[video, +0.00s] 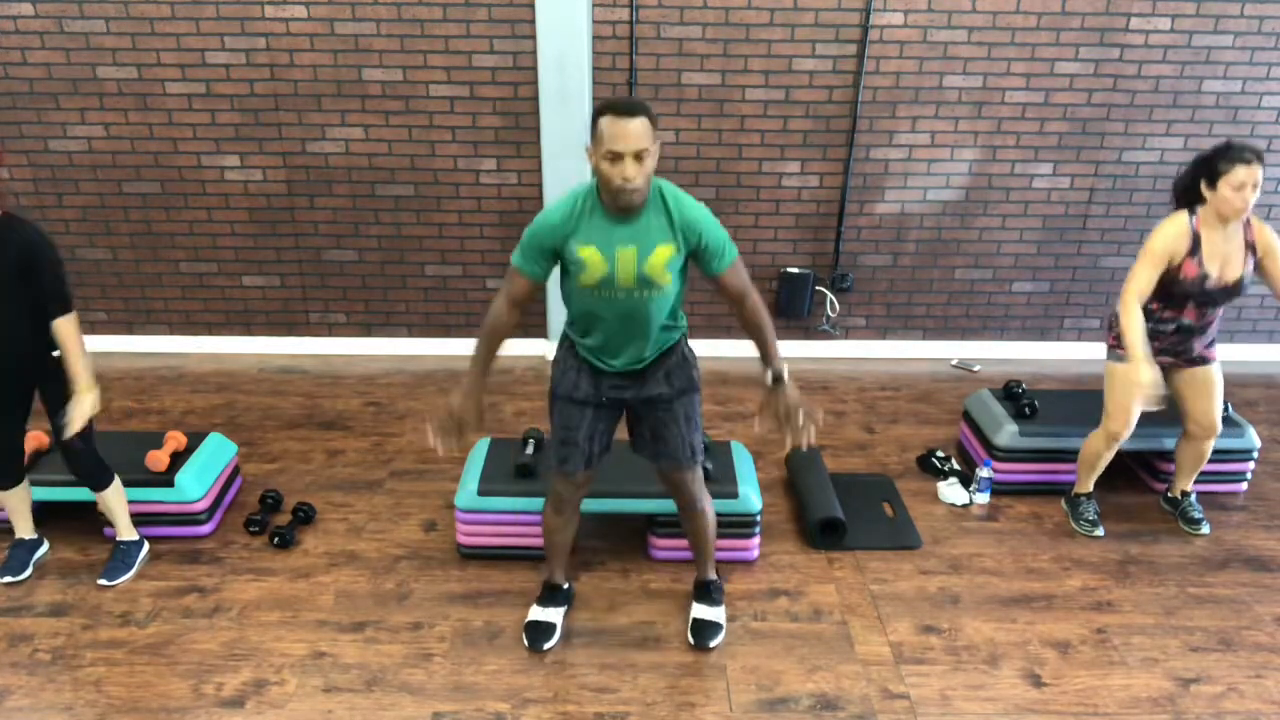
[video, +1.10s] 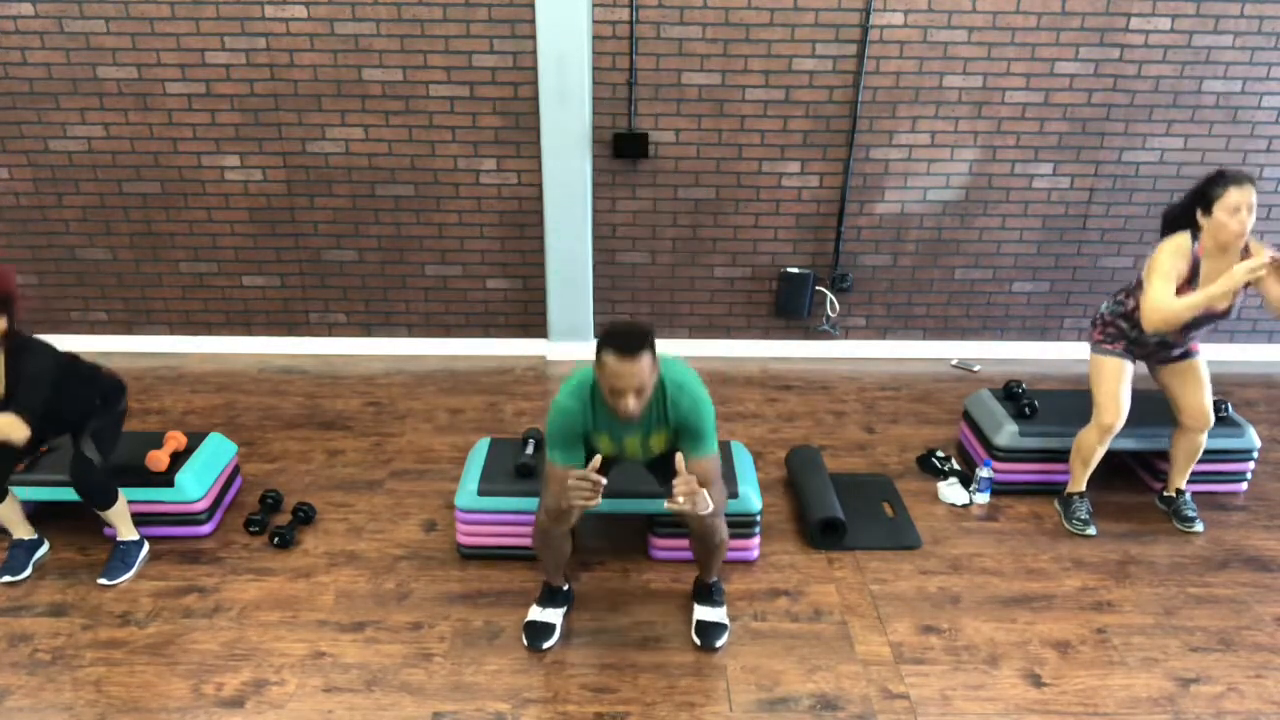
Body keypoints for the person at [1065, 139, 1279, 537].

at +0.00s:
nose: (1248, 198)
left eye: (1254, 188)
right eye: (1238, 187)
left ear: (1260, 189)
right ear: (1208, 187)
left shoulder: (1259, 236)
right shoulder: (1175, 230)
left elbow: (1279, 287)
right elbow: (1130, 300)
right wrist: (1143, 366)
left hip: (1195, 339)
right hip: (1140, 332)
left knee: (1206, 426)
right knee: (1117, 428)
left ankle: (1179, 494)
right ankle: (1080, 494)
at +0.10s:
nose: (1246, 183)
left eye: (1252, 173)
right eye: (1236, 172)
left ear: (1257, 174)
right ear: (1206, 172)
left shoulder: (1258, 222)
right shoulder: (1174, 218)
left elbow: (1278, 278)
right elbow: (1119, 284)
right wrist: (1095, 351)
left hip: (1199, 334)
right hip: (1145, 329)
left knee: (1197, 425)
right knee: (1120, 424)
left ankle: (1179, 495)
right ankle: (1080, 494)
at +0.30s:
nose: (1244, 172)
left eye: (1250, 162)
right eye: (1233, 163)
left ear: (1255, 164)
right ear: (1203, 166)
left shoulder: (1258, 213)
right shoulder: (1172, 213)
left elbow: (1243, 264)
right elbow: (1107, 261)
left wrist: (1247, 298)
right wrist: (1065, 304)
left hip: (1210, 338)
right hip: (1156, 333)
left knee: (1187, 425)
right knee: (1122, 419)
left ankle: (1175, 495)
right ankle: (1081, 493)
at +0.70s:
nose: (1243, 170)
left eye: (1248, 161)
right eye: (1233, 161)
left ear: (1253, 164)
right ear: (1203, 164)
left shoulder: (1257, 214)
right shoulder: (1171, 215)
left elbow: (1265, 279)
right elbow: (1117, 273)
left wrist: (1277, 333)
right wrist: (1082, 329)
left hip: (1213, 339)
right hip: (1159, 333)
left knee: (1185, 423)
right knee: (1126, 421)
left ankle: (1175, 494)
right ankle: (1081, 493)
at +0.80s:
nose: (1244, 169)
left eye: (1249, 159)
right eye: (1234, 160)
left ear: (1254, 162)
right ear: (1204, 164)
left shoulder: (1262, 215)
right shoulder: (1173, 212)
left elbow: (1277, 279)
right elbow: (1122, 277)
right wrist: (1125, 345)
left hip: (1207, 336)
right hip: (1153, 333)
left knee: (1186, 422)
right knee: (1124, 421)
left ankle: (1175, 494)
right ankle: (1078, 493)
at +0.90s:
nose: (1246, 173)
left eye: (1251, 164)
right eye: (1235, 164)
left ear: (1257, 169)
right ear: (1205, 170)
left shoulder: (1262, 218)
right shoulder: (1176, 214)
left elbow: (1278, 271)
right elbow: (1128, 279)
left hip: (1201, 326)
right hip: (1145, 319)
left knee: (1186, 419)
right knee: (1118, 417)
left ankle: (1175, 494)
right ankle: (1075, 493)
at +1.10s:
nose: (1246, 221)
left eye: (1251, 211)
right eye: (1235, 211)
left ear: (1256, 215)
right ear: (1204, 216)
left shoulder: (1253, 255)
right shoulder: (1175, 250)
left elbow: (1277, 305)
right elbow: (1154, 319)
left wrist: (1270, 276)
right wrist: (1221, 287)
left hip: (1173, 337)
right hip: (1120, 329)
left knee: (1198, 419)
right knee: (1109, 419)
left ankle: (1173, 492)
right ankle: (1073, 493)